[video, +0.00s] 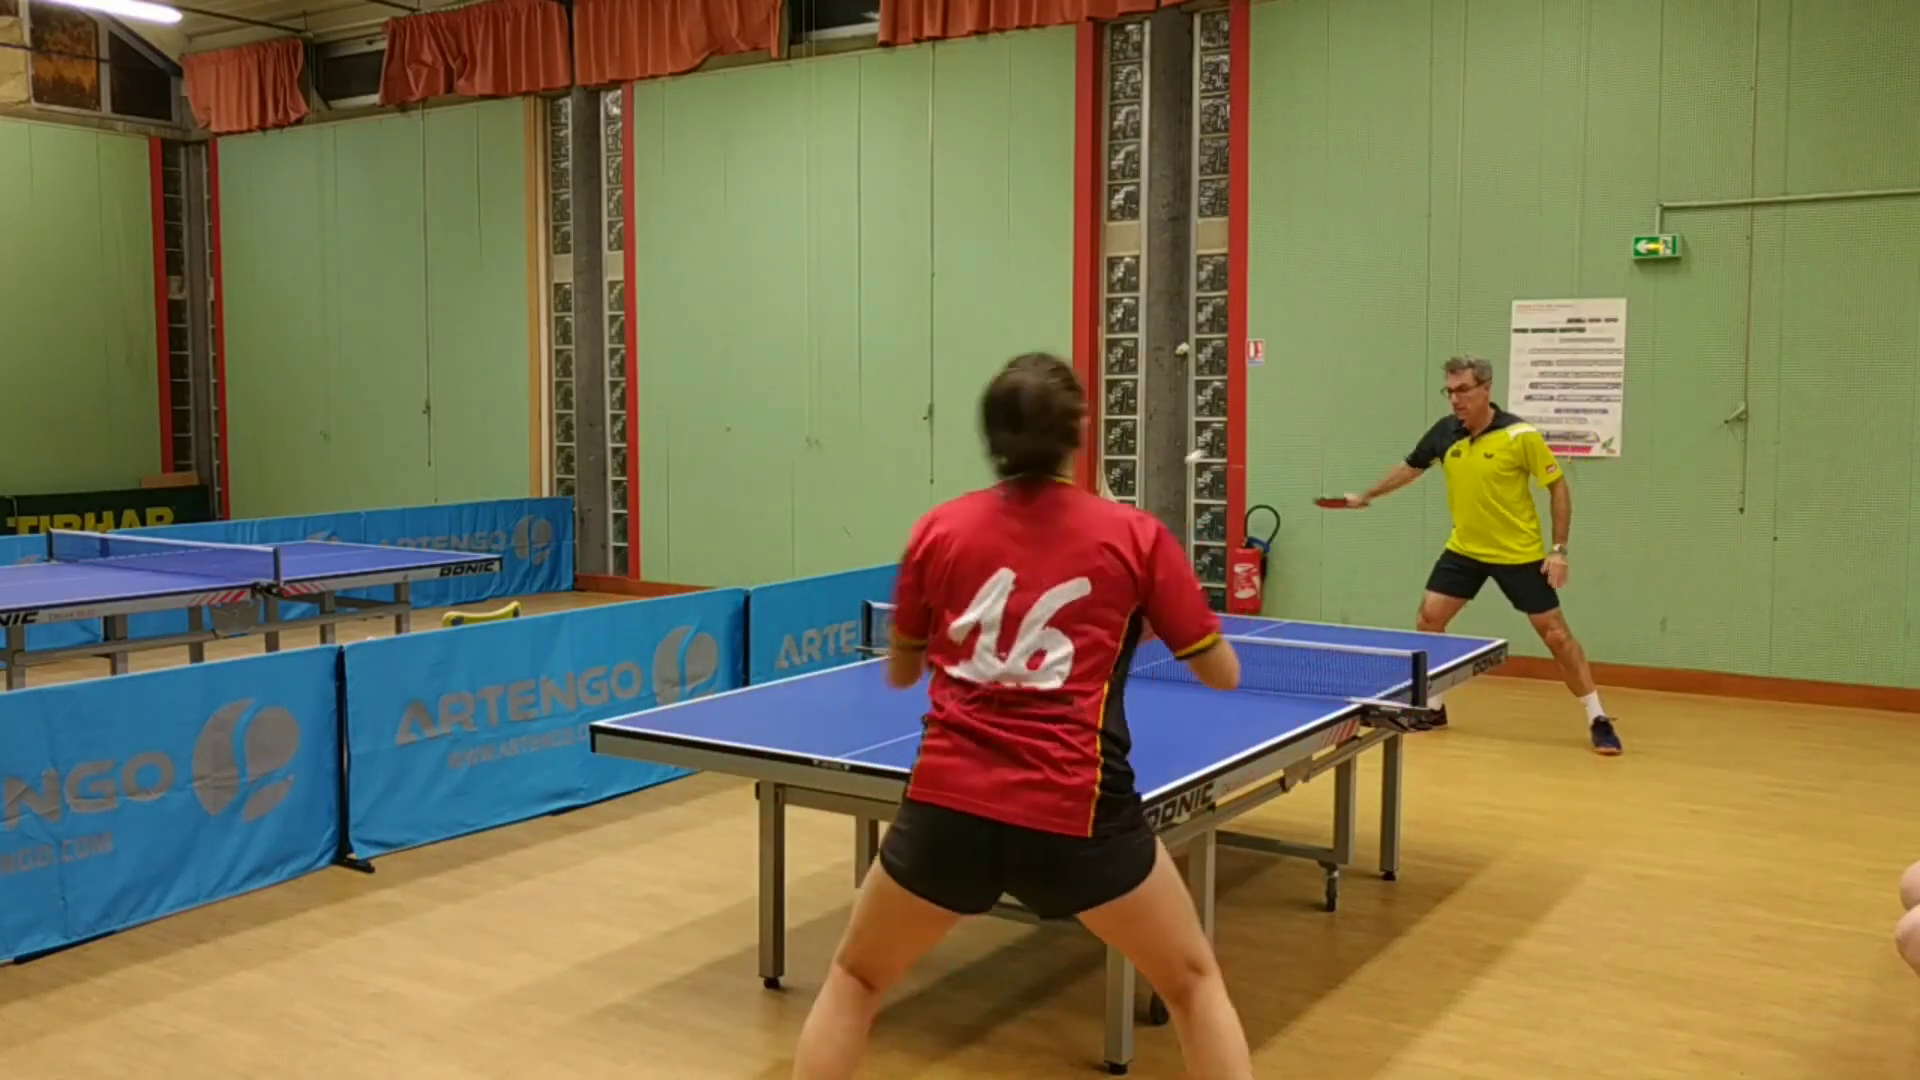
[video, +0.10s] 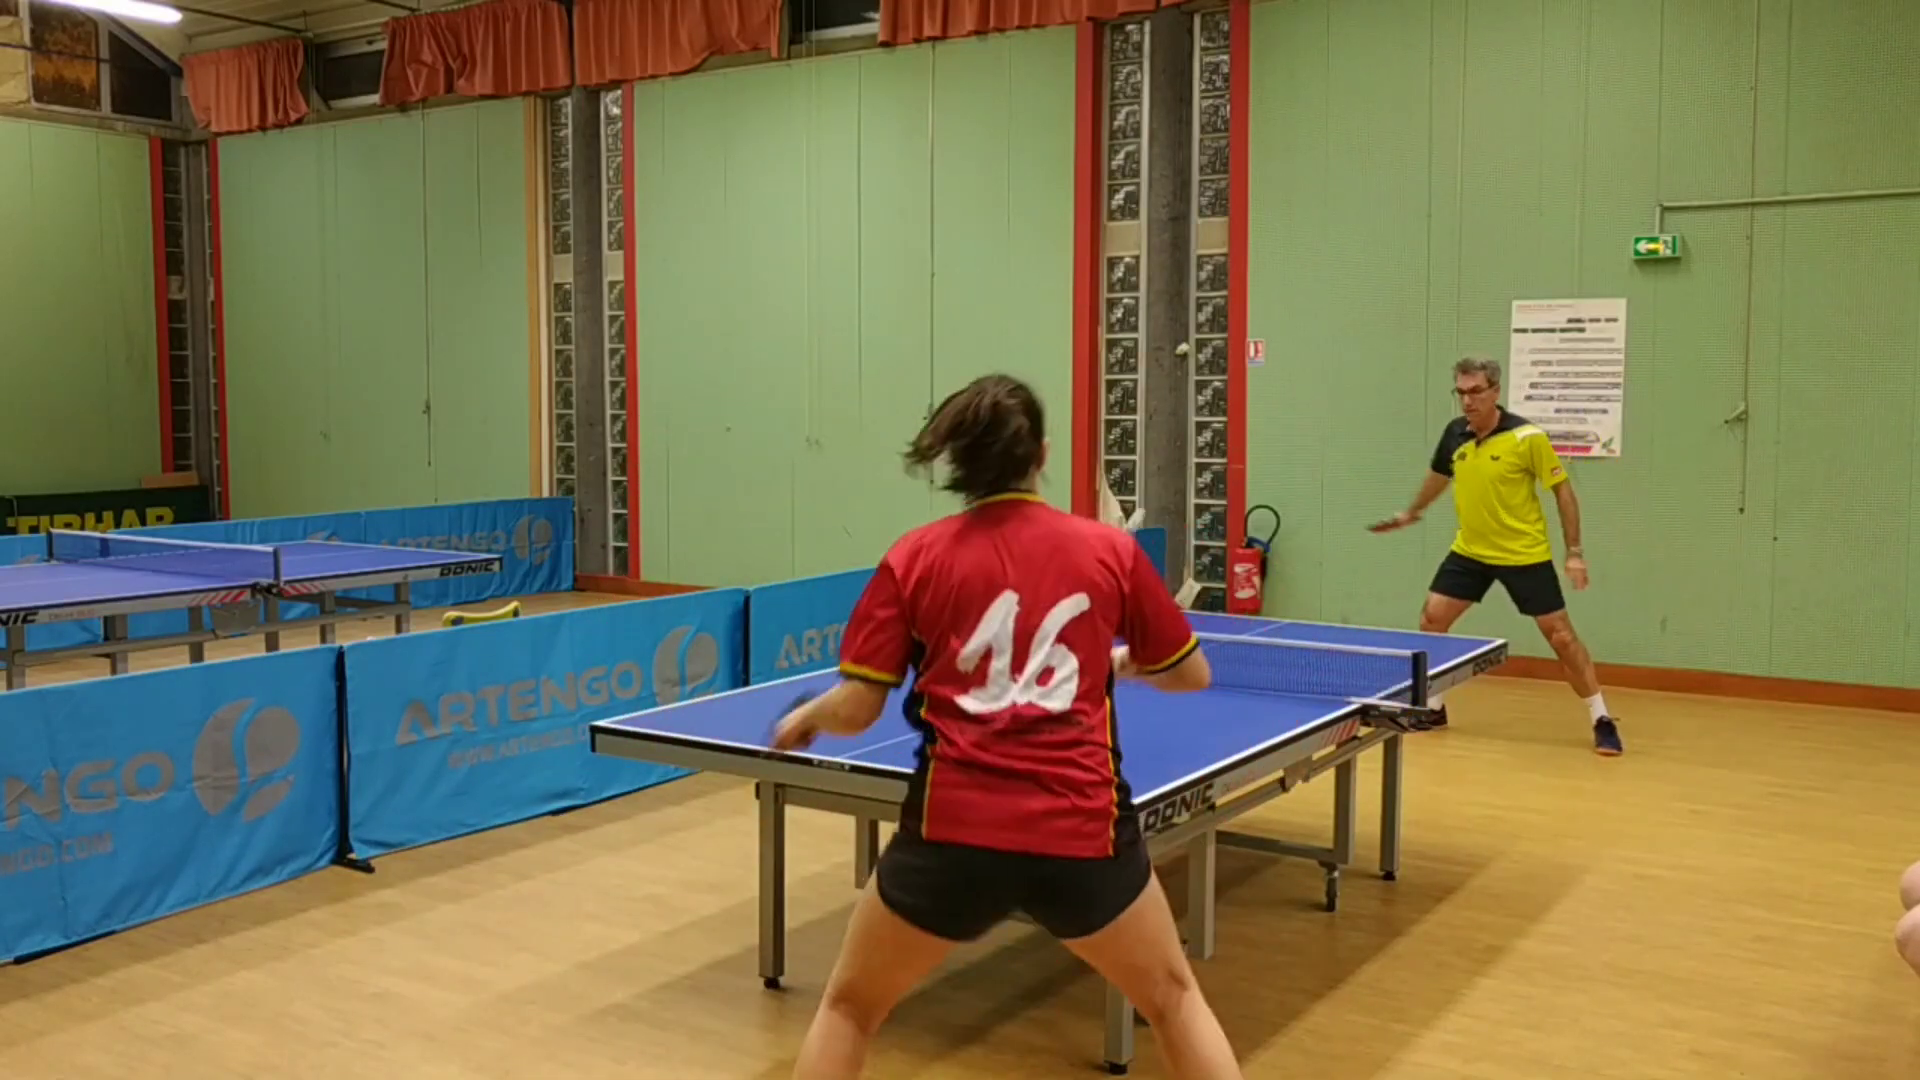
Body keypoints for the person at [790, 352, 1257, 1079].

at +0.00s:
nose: (1087, 427)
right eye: (1084, 418)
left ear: (993, 435)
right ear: (1079, 432)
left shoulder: (940, 530)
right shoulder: (1132, 536)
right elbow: (1222, 672)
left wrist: (956, 613)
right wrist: (1170, 612)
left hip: (948, 815)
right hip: (1076, 822)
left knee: (855, 981)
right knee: (1192, 983)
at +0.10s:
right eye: (1038, 439)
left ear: (958, 455)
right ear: (1040, 452)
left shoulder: (915, 558)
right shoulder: (1106, 549)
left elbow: (858, 708)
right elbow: (1190, 673)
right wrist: (1124, 660)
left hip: (953, 842)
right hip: (1083, 845)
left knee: (850, 1010)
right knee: (1173, 998)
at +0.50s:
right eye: (1249, 486)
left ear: (1172, 497)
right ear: (1249, 499)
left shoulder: (1138, 566)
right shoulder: (1273, 571)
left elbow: (1206, 623)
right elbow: (1319, 696)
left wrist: (1313, 606)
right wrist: (1274, 631)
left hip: (1091, 828)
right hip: (1213, 837)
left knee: (966, 1037)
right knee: (1291, 985)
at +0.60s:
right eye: (1305, 493)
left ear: (1226, 498)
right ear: (1297, 505)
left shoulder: (1180, 563)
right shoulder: (1297, 564)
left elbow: (1331, 657)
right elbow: (1347, 712)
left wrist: (1453, 622)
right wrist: (1319, 719)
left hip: (1095, 793)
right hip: (1211, 808)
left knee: (975, 1011)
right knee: (1299, 983)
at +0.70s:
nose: (1326, 489)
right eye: (1324, 479)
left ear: (1237, 483)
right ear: (1311, 482)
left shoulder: (1195, 537)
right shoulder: (1311, 543)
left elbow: (1287, 668)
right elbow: (1355, 698)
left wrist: (1416, 658)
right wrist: (1341, 676)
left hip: (1094, 764)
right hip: (1211, 782)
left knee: (982, 990)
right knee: (1295, 977)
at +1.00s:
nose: (1227, 381)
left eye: (1222, 370)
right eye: (1222, 372)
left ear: (1128, 392)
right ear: (1212, 391)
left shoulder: (1084, 468)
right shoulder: (1252, 486)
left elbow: (1100, 575)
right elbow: (1303, 623)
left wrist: (1224, 571)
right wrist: (1231, 571)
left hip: (1056, 736)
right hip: (1180, 752)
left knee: (960, 943)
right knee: (1247, 969)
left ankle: (893, 1074)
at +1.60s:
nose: (719, 340)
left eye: (722, 327)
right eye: (722, 326)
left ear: (741, 342)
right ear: (806, 339)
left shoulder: (736, 448)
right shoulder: (853, 431)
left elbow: (727, 598)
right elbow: (902, 537)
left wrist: (660, 668)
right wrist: (851, 618)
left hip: (811, 729)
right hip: (875, 714)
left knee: (842, 967)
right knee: (744, 897)